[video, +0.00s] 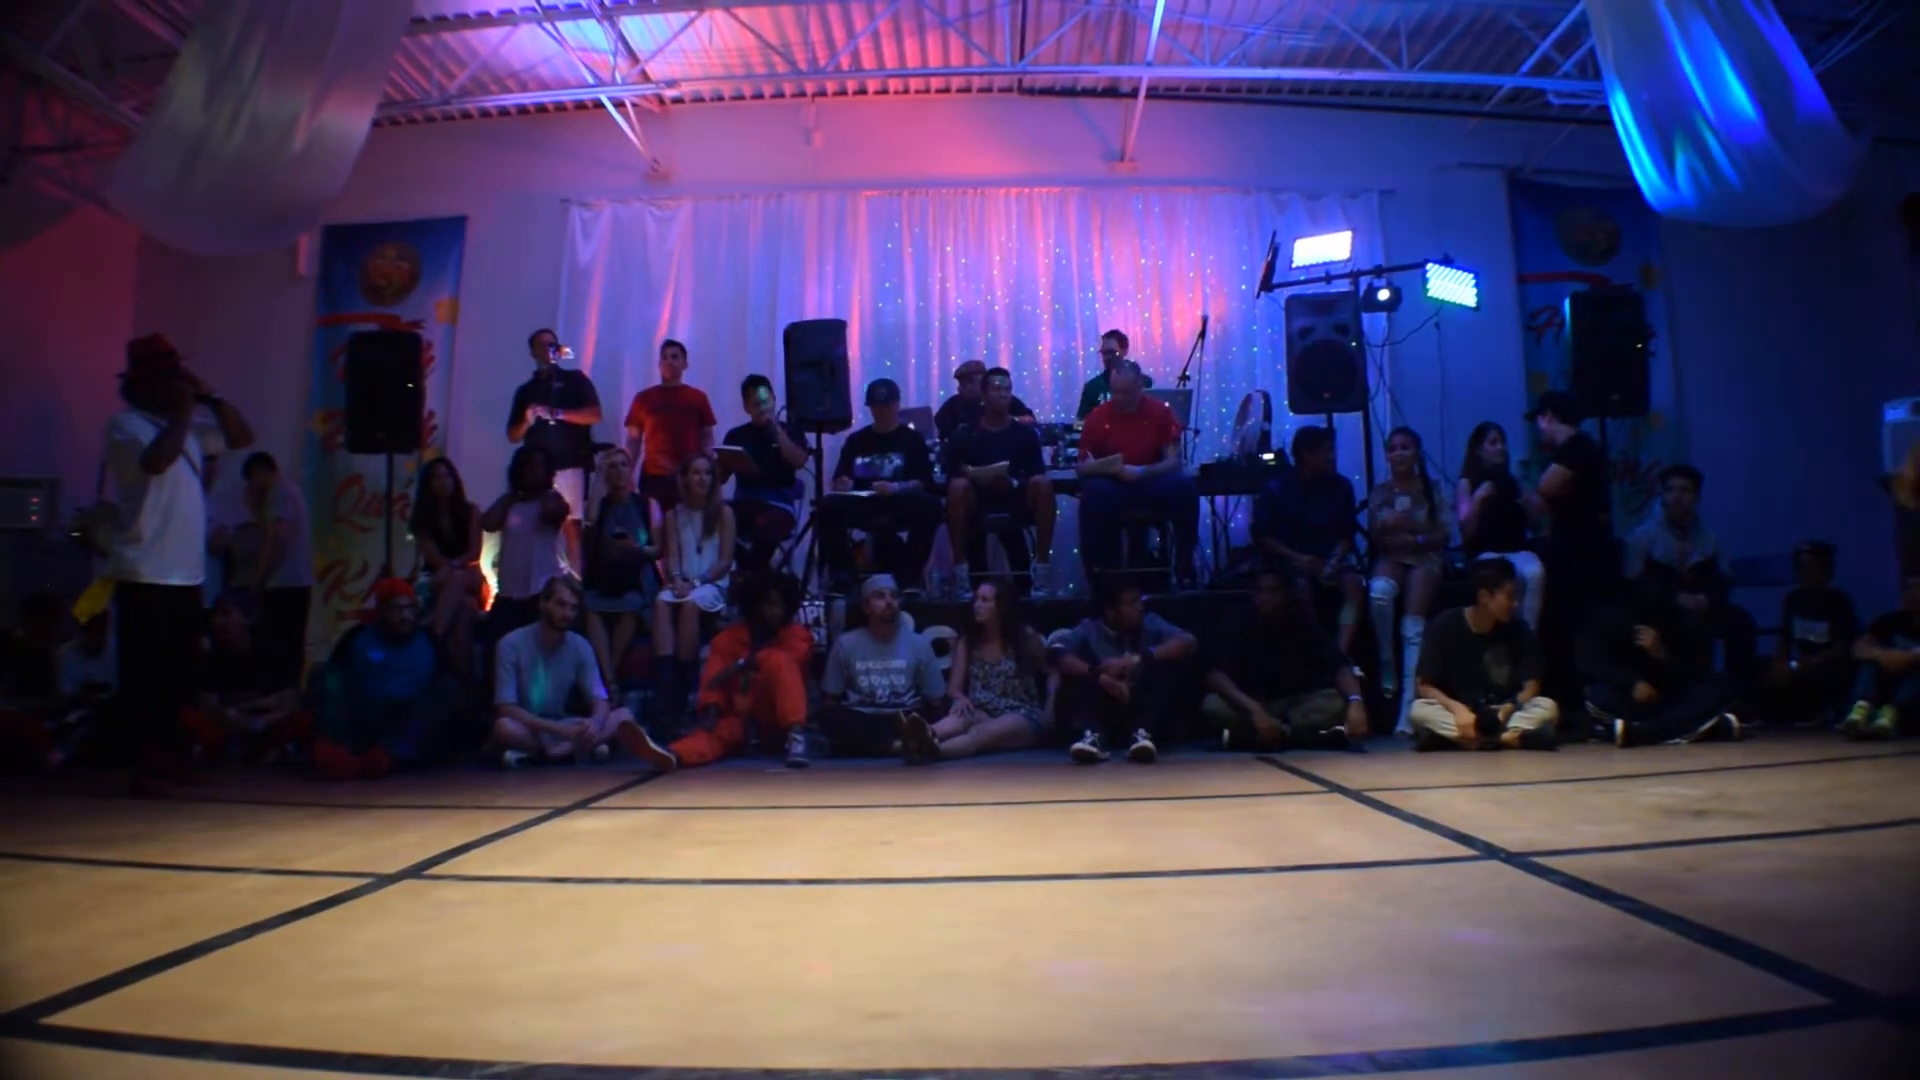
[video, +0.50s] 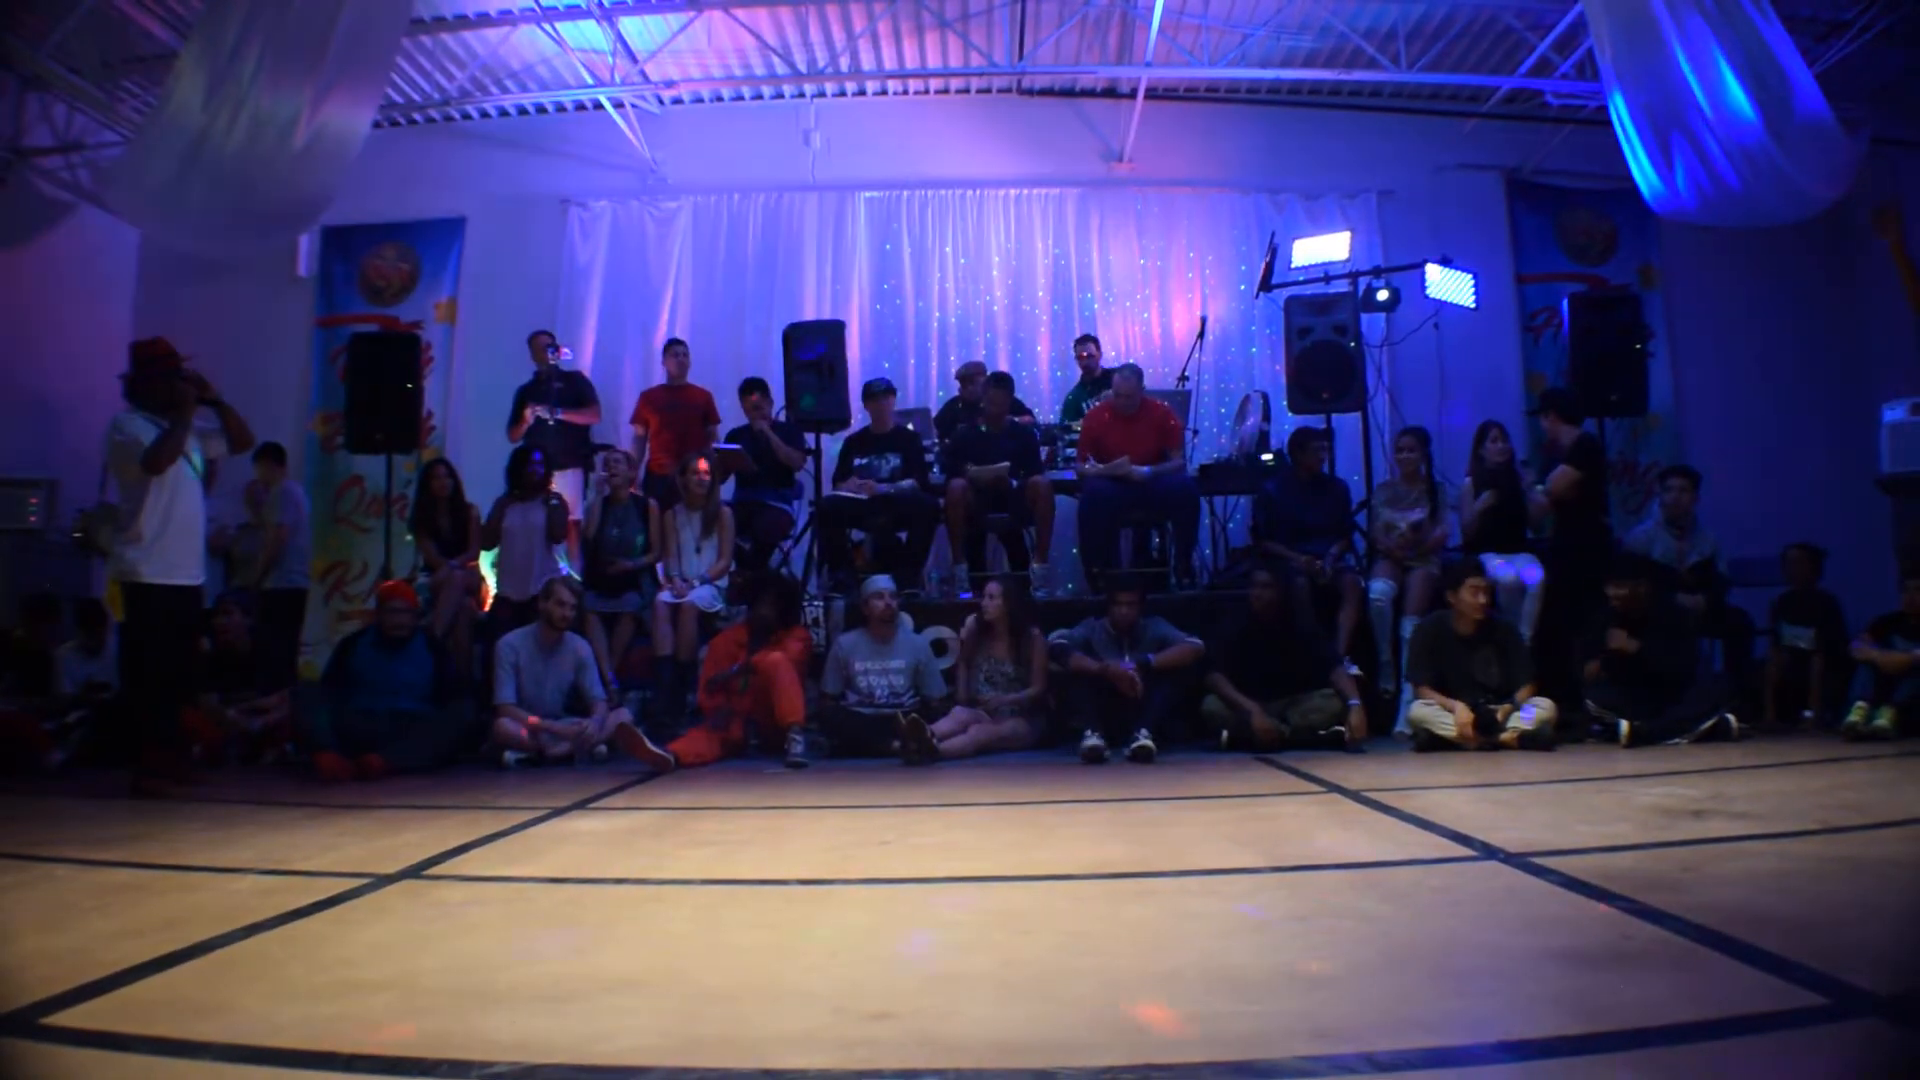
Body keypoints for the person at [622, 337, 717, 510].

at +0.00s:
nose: (669, 362)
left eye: (675, 357)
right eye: (664, 357)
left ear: (685, 363)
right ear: (659, 363)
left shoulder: (698, 398)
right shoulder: (644, 398)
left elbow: (707, 437)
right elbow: (633, 440)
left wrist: (705, 473)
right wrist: (628, 478)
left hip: (689, 478)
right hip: (654, 478)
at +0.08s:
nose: (668, 362)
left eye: (673, 357)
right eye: (663, 357)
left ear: (683, 364)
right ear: (658, 364)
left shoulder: (697, 398)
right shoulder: (643, 399)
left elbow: (707, 436)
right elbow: (633, 441)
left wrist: (704, 473)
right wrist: (627, 478)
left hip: (688, 478)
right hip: (654, 477)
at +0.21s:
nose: (672, 362)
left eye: (677, 356)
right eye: (667, 357)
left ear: (684, 363)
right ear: (658, 364)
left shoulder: (697, 398)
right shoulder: (643, 399)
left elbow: (706, 441)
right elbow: (633, 443)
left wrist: (708, 479)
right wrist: (627, 480)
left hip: (689, 479)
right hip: (654, 478)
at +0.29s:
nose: (674, 361)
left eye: (679, 356)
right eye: (668, 356)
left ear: (685, 362)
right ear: (660, 363)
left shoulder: (699, 398)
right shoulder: (645, 398)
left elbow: (708, 438)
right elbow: (635, 441)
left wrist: (706, 475)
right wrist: (629, 477)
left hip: (691, 479)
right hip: (656, 477)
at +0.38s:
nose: (678, 361)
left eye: (682, 356)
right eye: (672, 356)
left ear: (687, 362)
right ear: (662, 363)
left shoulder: (701, 398)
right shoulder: (647, 398)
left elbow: (709, 438)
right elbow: (636, 440)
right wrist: (631, 476)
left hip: (692, 479)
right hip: (657, 477)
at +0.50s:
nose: (681, 360)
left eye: (685, 355)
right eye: (675, 355)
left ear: (690, 361)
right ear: (664, 362)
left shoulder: (703, 397)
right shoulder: (649, 397)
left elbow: (712, 438)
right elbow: (639, 440)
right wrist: (632, 477)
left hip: (694, 478)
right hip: (659, 477)